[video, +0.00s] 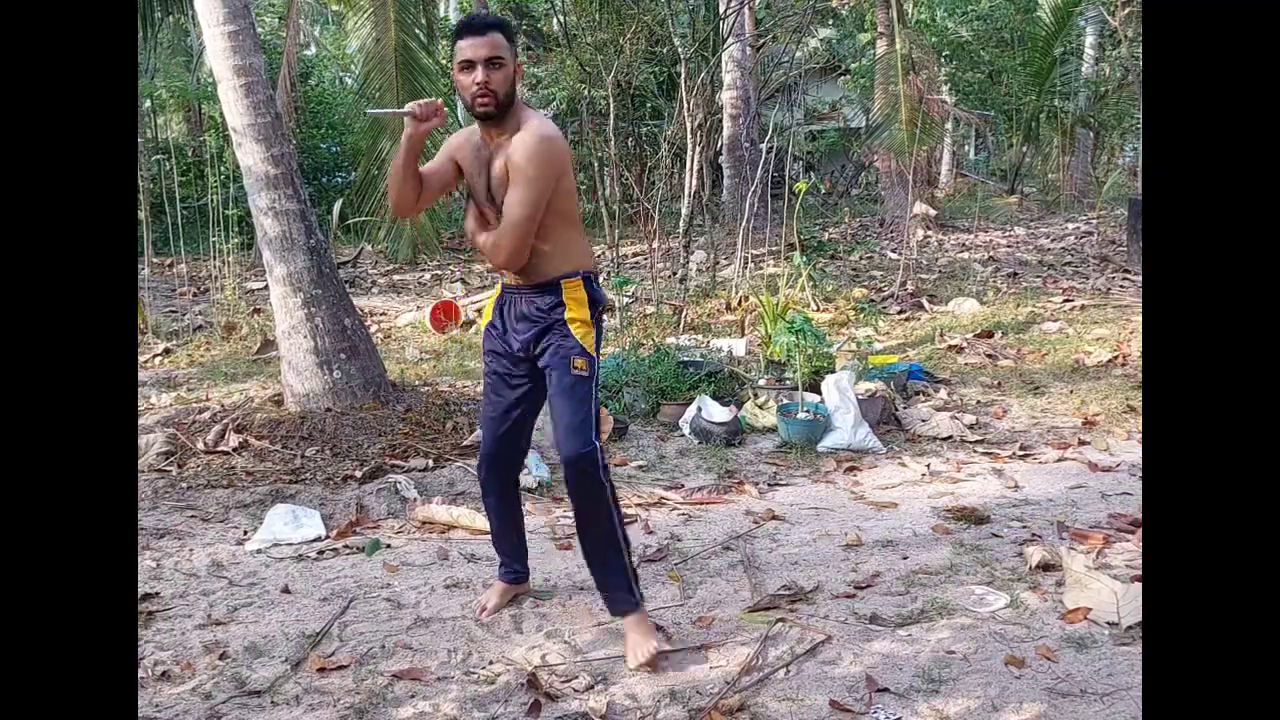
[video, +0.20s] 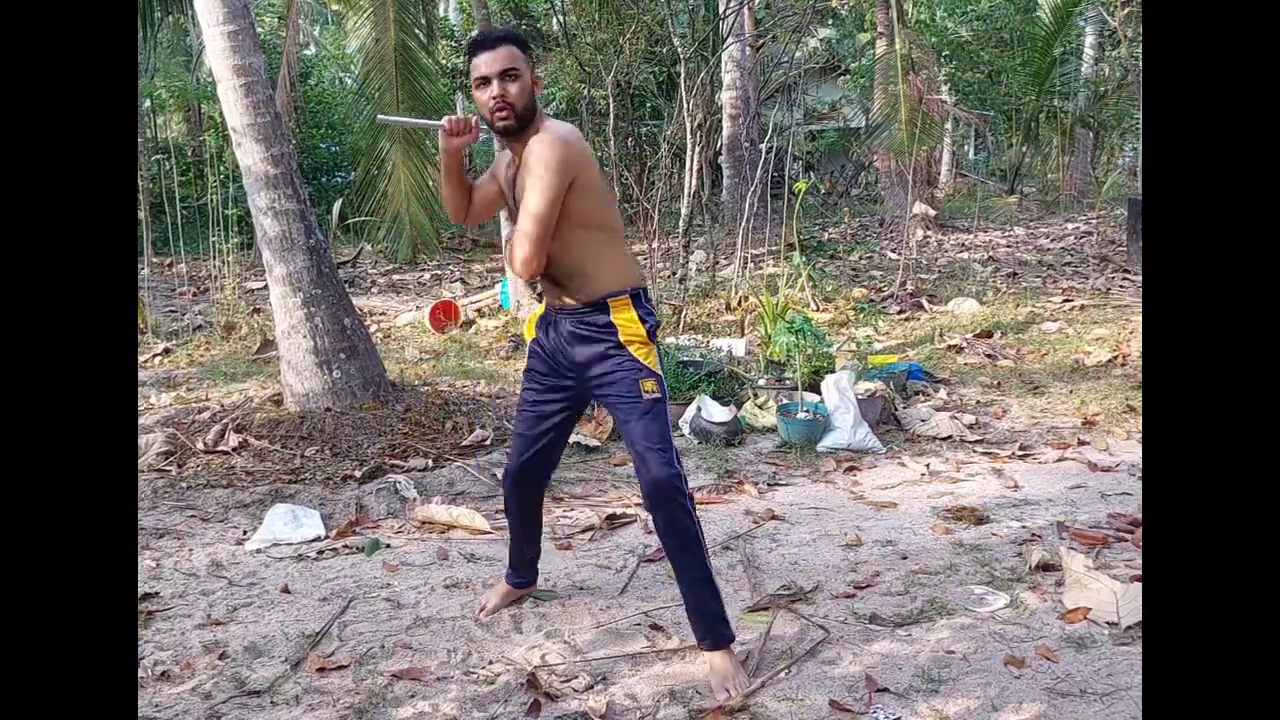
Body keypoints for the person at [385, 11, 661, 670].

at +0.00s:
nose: (481, 78)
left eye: (494, 63)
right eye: (468, 67)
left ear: (518, 70)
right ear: (455, 77)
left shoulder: (537, 140)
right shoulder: (465, 141)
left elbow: (507, 255)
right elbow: (404, 204)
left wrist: (475, 216)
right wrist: (409, 140)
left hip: (567, 308)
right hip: (511, 311)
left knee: (577, 454)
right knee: (495, 459)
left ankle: (630, 612)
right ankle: (513, 576)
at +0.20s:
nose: (498, 92)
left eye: (510, 76)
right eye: (484, 83)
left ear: (536, 80)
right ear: (476, 94)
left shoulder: (553, 145)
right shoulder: (509, 157)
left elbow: (527, 265)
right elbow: (465, 211)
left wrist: (508, 227)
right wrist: (453, 156)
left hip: (618, 329)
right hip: (555, 332)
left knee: (660, 482)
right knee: (522, 471)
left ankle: (717, 643)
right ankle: (520, 578)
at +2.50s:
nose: (402, 97)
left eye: (417, 78)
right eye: (391, 83)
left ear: (456, 76)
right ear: (384, 87)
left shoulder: (489, 152)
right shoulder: (420, 148)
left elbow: (453, 280)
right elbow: (350, 169)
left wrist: (414, 249)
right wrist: (267, 199)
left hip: (555, 346)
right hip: (493, 348)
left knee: (582, 529)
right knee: (432, 501)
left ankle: (676, 644)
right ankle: (459, 669)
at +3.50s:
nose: (791, 71)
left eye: (800, 56)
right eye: (776, 53)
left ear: (804, 58)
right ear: (729, 49)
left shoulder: (792, 139)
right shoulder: (665, 131)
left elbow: (816, 249)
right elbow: (576, 222)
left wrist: (758, 258)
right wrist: (638, 268)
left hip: (748, 345)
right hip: (669, 343)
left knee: (793, 512)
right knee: (624, 515)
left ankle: (767, 662)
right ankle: (541, 671)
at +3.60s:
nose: (798, 66)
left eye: (806, 49)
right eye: (781, 48)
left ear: (810, 48)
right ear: (732, 45)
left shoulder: (815, 135)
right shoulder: (672, 123)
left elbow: (837, 255)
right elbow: (587, 226)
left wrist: (730, 278)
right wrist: (646, 163)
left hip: (776, 344)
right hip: (692, 343)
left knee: (800, 518)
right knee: (658, 516)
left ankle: (769, 665)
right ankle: (596, 678)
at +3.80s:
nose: (808, 52)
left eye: (818, 36)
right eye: (791, 34)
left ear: (824, 38)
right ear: (745, 34)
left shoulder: (836, 123)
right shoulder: (695, 115)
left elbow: (827, 251)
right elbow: (619, 199)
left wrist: (712, 234)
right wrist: (677, 86)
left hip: (792, 338)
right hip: (709, 336)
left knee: (810, 522)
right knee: (675, 511)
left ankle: (769, 662)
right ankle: (595, 672)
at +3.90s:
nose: (820, 47)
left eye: (831, 31)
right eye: (802, 28)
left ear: (838, 33)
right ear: (756, 25)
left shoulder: (840, 125)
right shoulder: (697, 107)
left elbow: (856, 251)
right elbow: (587, 172)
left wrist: (759, 235)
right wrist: (644, 87)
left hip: (787, 335)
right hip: (705, 330)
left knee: (805, 518)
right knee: (679, 514)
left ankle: (768, 663)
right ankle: (599, 681)